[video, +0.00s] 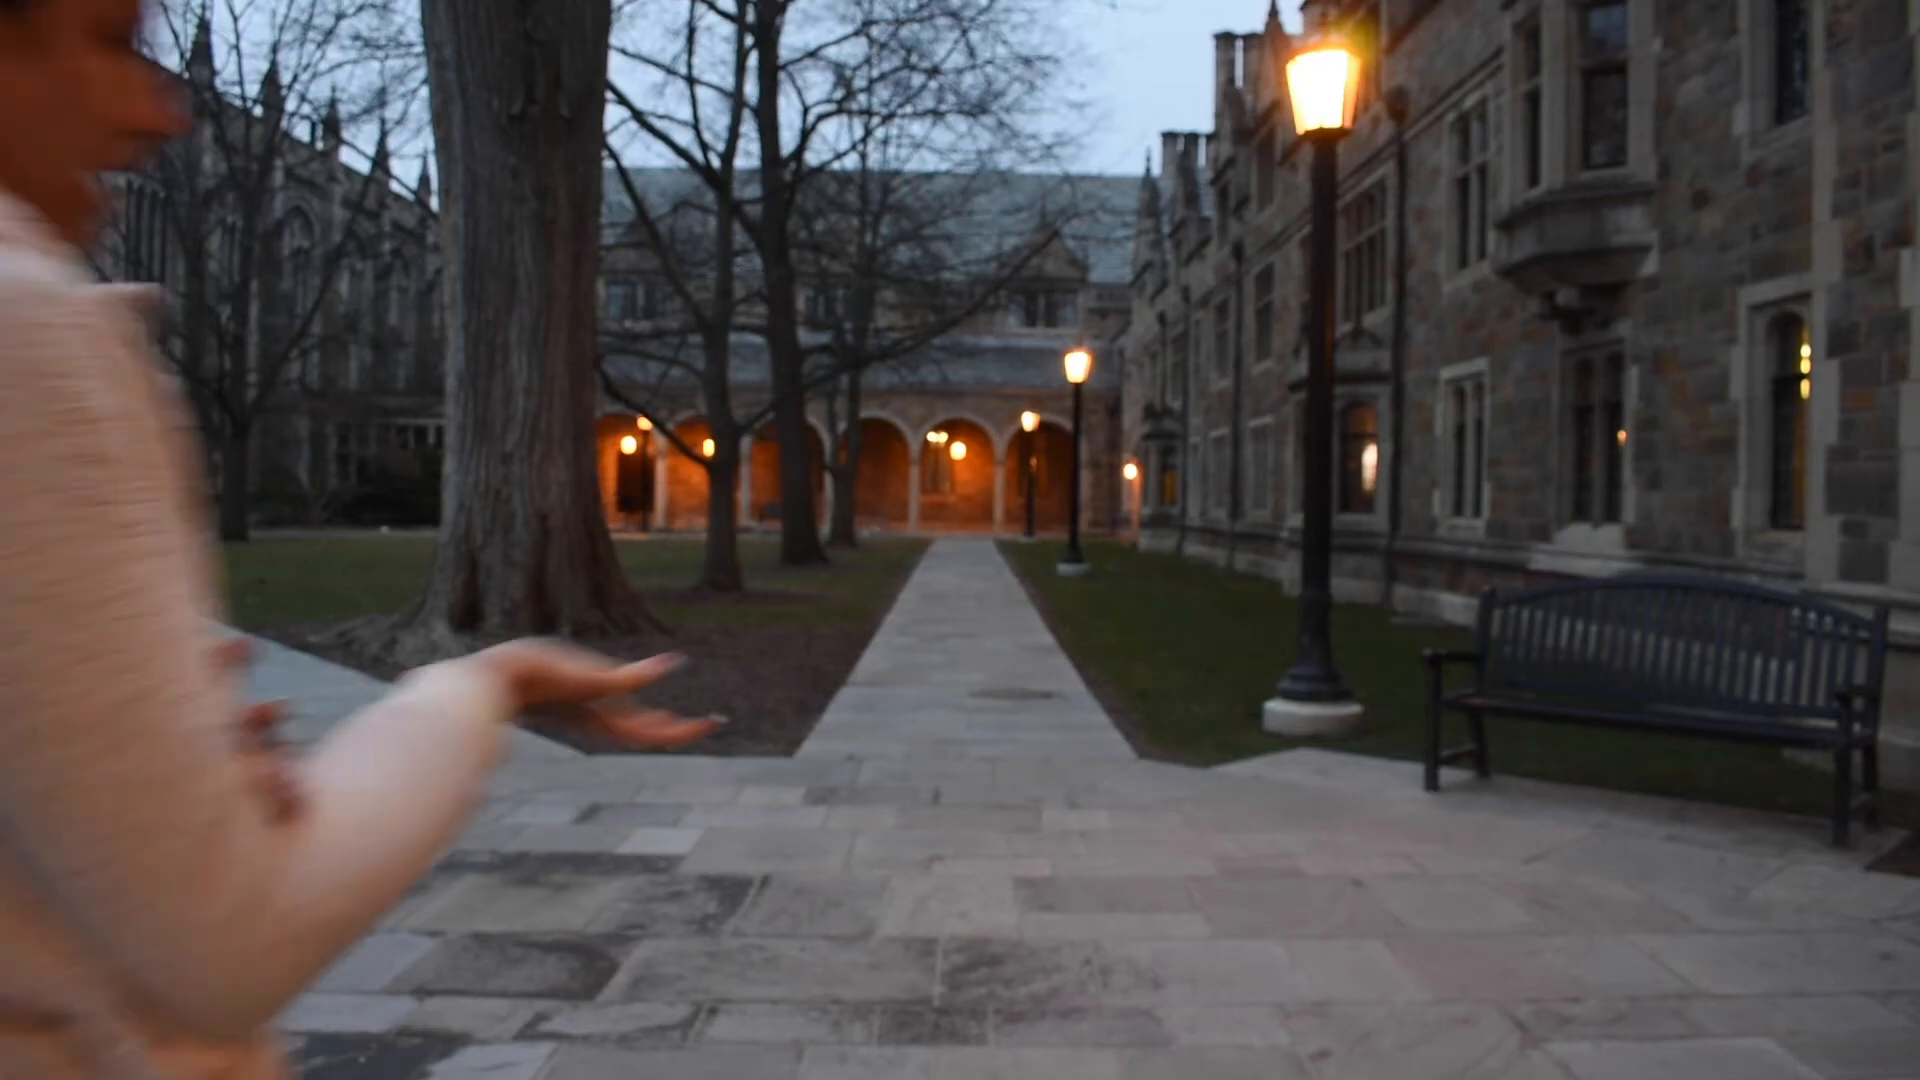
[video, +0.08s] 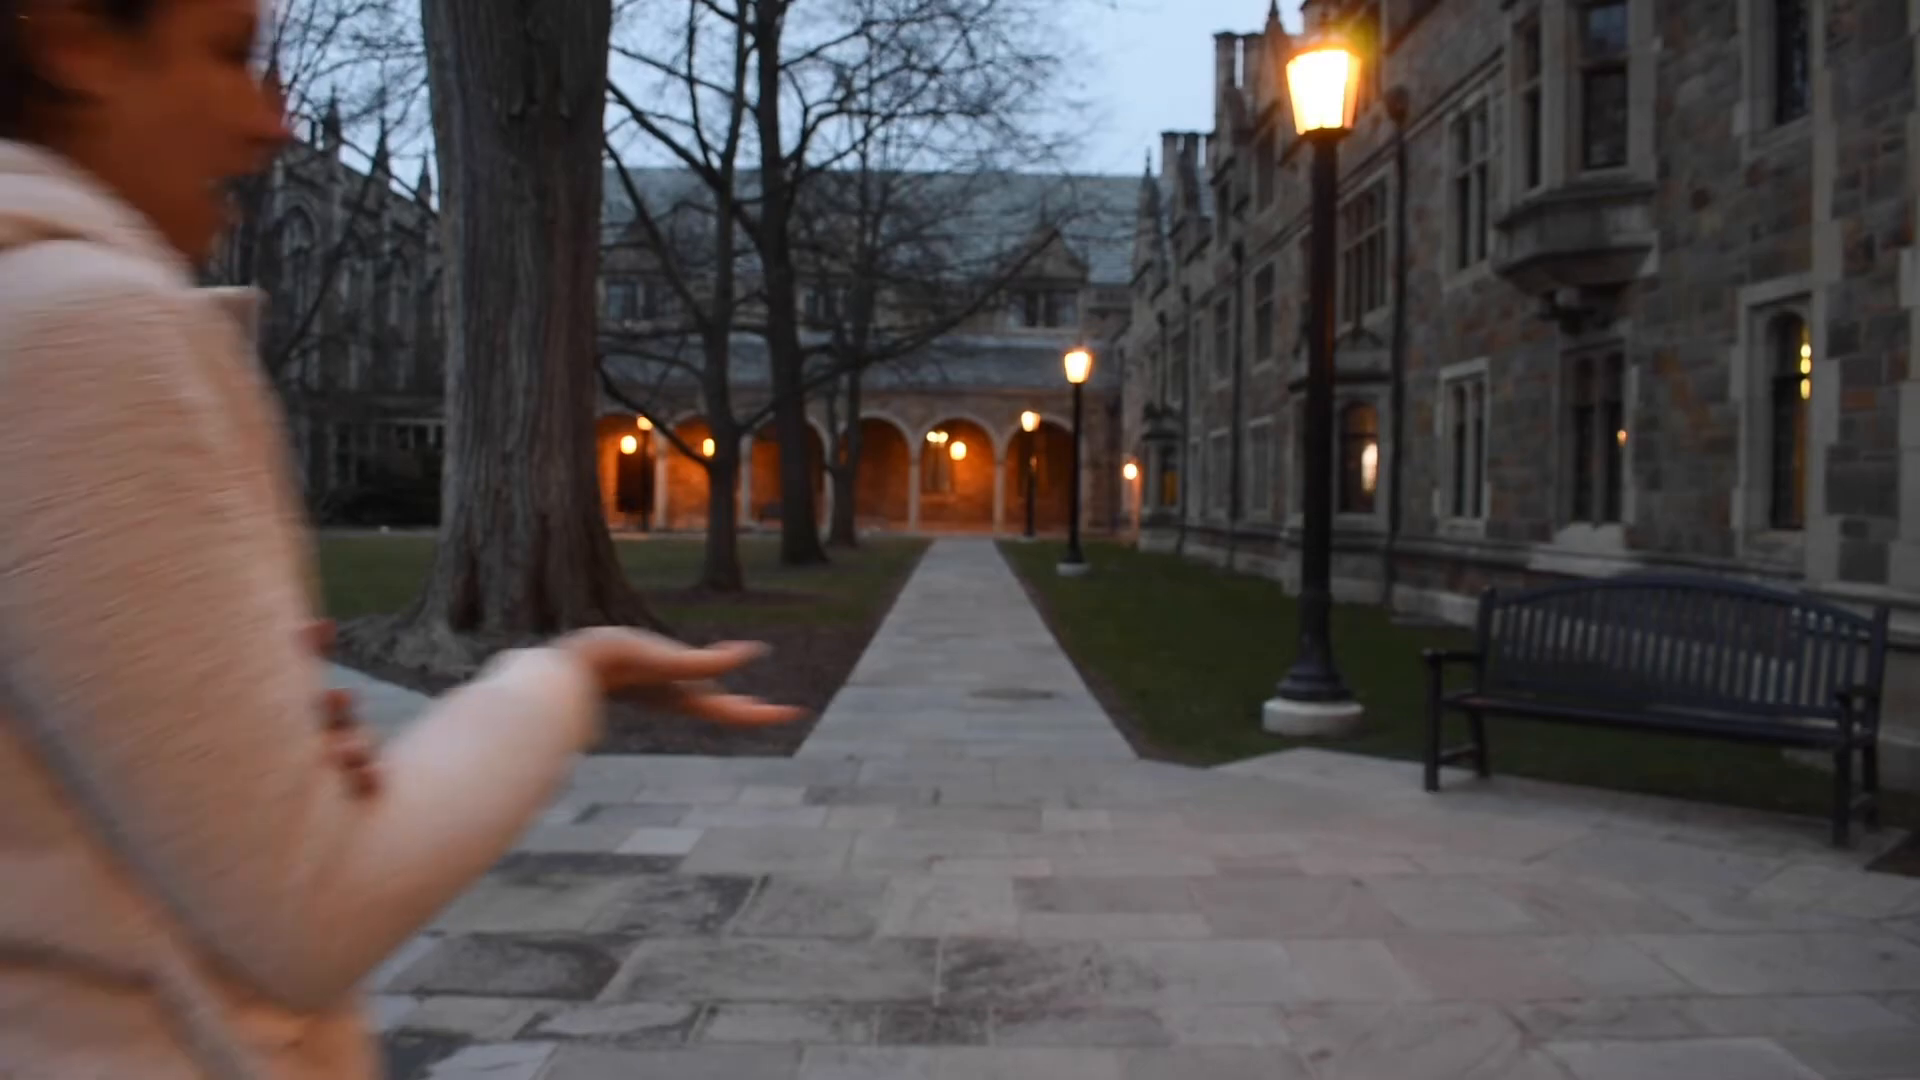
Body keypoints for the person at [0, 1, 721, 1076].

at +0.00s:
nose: (164, 107)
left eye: (143, 46)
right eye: (116, 40)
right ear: (11, 40)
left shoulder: (42, 316)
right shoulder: (32, 322)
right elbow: (222, 946)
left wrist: (170, 754)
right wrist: (483, 686)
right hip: (90, 1051)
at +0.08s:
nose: (275, 117)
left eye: (259, 60)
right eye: (235, 53)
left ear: (84, 49)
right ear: (76, 44)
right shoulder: (80, 319)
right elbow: (304, 913)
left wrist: (260, 726)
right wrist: (567, 676)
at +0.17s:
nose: (374, 127)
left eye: (365, 67)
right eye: (339, 58)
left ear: (186, 52)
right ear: (182, 46)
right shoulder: (159, 308)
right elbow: (366, 880)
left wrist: (362, 730)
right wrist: (651, 677)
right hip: (208, 1057)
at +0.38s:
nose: (598, 149)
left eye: (597, 101)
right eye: (560, 90)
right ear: (410, 92)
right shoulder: (364, 335)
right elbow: (555, 867)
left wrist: (624, 720)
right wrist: (847, 673)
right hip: (419, 1043)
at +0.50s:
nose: (723, 156)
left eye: (714, 106)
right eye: (685, 102)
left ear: (554, 121)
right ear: (545, 113)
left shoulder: (505, 333)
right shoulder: (504, 351)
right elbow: (690, 862)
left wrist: (747, 717)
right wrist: (984, 674)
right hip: (577, 1045)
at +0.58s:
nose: (808, 156)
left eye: (798, 108)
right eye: (771, 102)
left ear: (638, 117)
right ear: (631, 109)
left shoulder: (574, 326)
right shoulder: (598, 341)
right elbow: (777, 844)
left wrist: (827, 707)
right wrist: (1063, 660)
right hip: (663, 1043)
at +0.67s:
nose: (888, 160)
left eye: (879, 111)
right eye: (851, 107)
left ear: (721, 124)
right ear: (716, 116)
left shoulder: (633, 329)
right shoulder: (681, 346)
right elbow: (859, 844)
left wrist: (876, 708)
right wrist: (1131, 655)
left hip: (663, 1023)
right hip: (743, 1045)